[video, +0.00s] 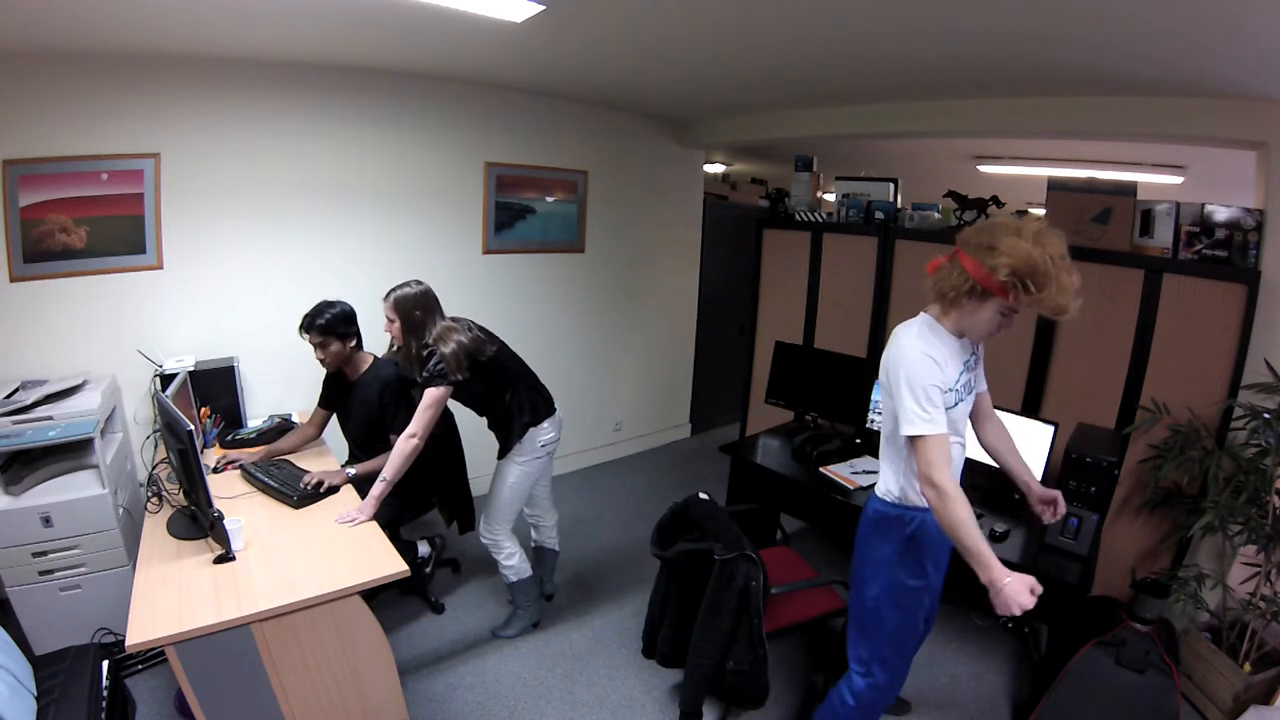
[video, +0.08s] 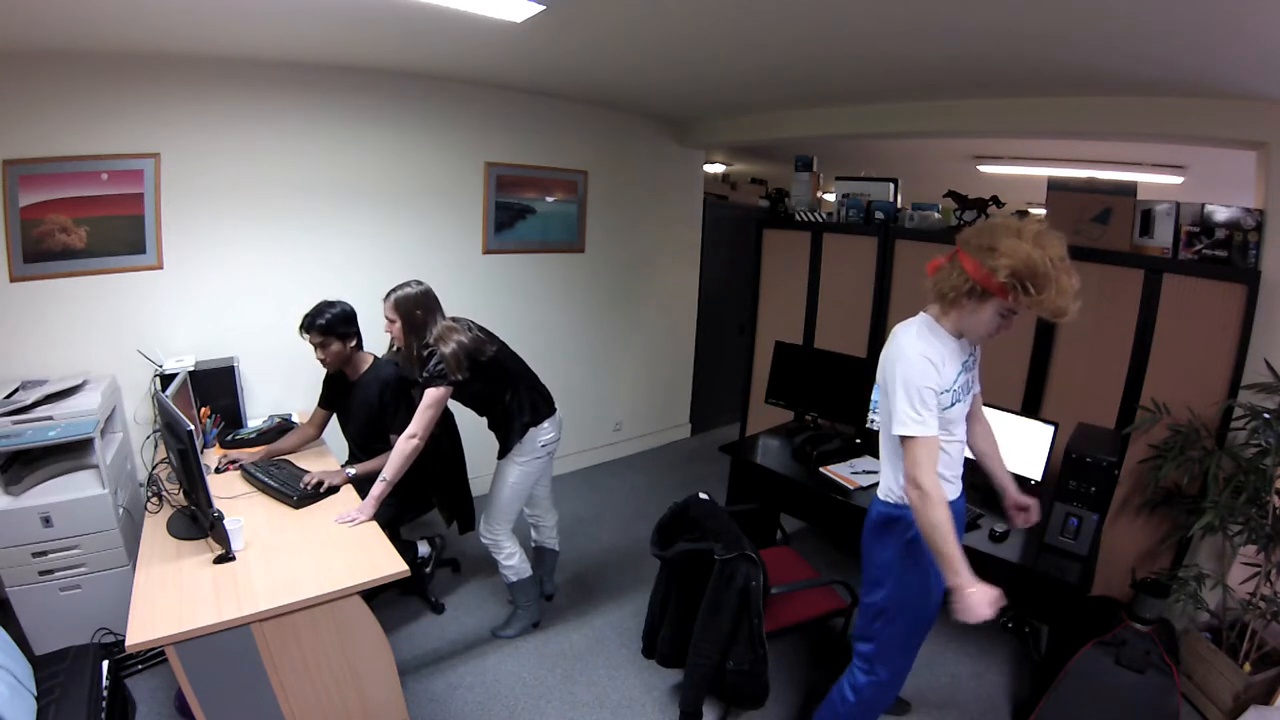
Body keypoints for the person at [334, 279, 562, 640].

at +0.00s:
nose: (386, 329)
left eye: (390, 321)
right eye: (386, 320)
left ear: (413, 319)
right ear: (422, 315)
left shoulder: (444, 355)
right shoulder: (455, 328)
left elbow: (414, 437)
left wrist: (372, 500)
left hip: (529, 432)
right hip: (542, 419)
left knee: (494, 529)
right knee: (540, 507)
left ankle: (527, 607)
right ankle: (545, 582)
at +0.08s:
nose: (387, 329)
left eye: (391, 321)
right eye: (386, 321)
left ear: (414, 319)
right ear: (422, 315)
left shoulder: (444, 354)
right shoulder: (455, 328)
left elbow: (415, 437)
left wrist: (372, 500)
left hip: (529, 432)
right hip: (542, 419)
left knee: (495, 529)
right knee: (540, 506)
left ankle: (527, 607)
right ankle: (545, 582)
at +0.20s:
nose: (387, 330)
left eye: (391, 322)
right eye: (386, 322)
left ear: (416, 319)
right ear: (423, 316)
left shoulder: (445, 355)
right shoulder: (457, 328)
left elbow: (415, 437)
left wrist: (371, 500)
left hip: (529, 432)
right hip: (542, 419)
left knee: (495, 529)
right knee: (540, 505)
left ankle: (527, 607)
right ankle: (545, 581)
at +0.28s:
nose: (387, 330)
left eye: (392, 322)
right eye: (387, 322)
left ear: (417, 319)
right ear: (424, 316)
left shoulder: (446, 355)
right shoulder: (457, 328)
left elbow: (415, 438)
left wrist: (371, 500)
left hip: (529, 432)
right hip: (543, 419)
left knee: (495, 529)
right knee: (540, 505)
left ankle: (527, 607)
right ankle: (545, 581)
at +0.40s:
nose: (387, 331)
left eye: (392, 322)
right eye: (387, 322)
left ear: (417, 320)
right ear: (424, 317)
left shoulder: (446, 356)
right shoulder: (456, 328)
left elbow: (415, 438)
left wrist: (371, 500)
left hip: (530, 432)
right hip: (543, 419)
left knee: (495, 529)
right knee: (540, 505)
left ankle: (527, 607)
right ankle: (545, 581)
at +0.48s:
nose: (388, 332)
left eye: (392, 323)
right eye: (387, 323)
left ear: (417, 320)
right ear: (424, 317)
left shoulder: (446, 356)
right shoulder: (456, 329)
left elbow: (415, 438)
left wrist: (371, 500)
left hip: (530, 432)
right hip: (543, 419)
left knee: (495, 529)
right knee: (540, 505)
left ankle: (527, 607)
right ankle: (545, 581)